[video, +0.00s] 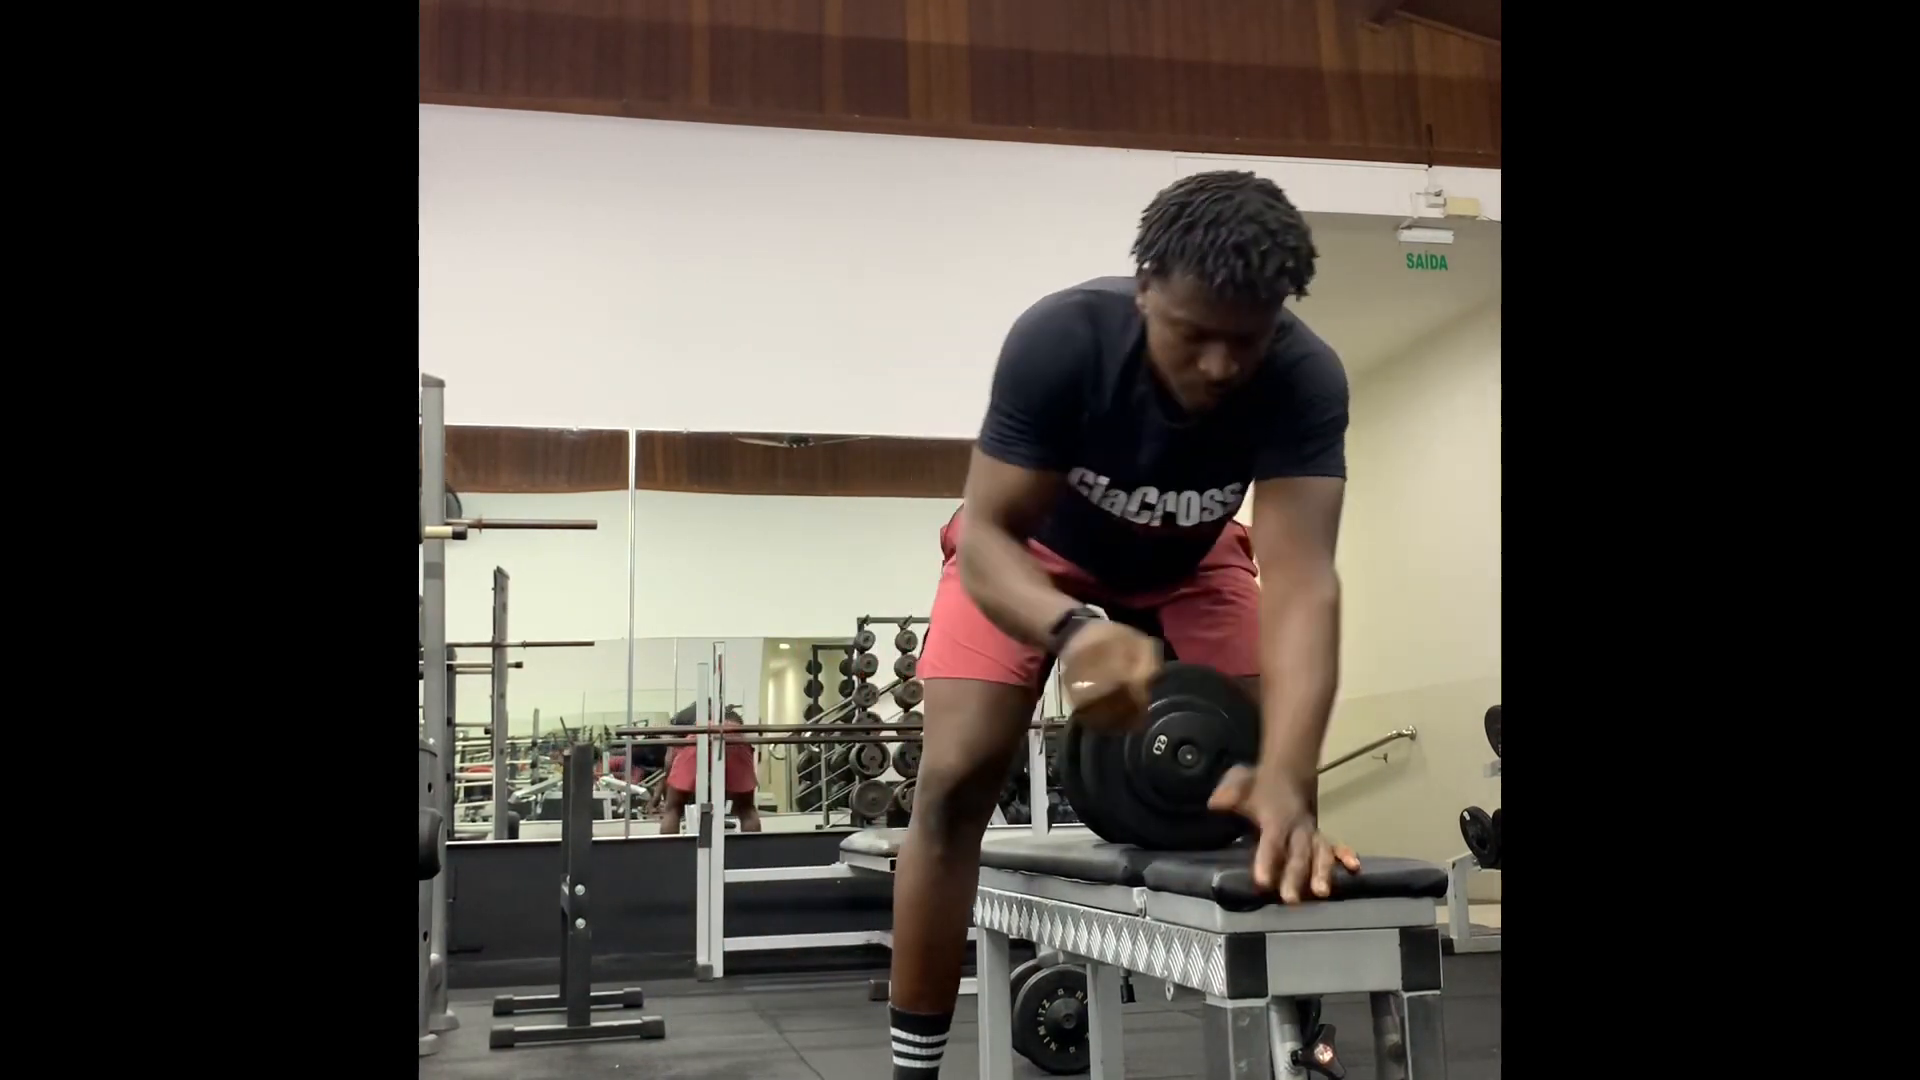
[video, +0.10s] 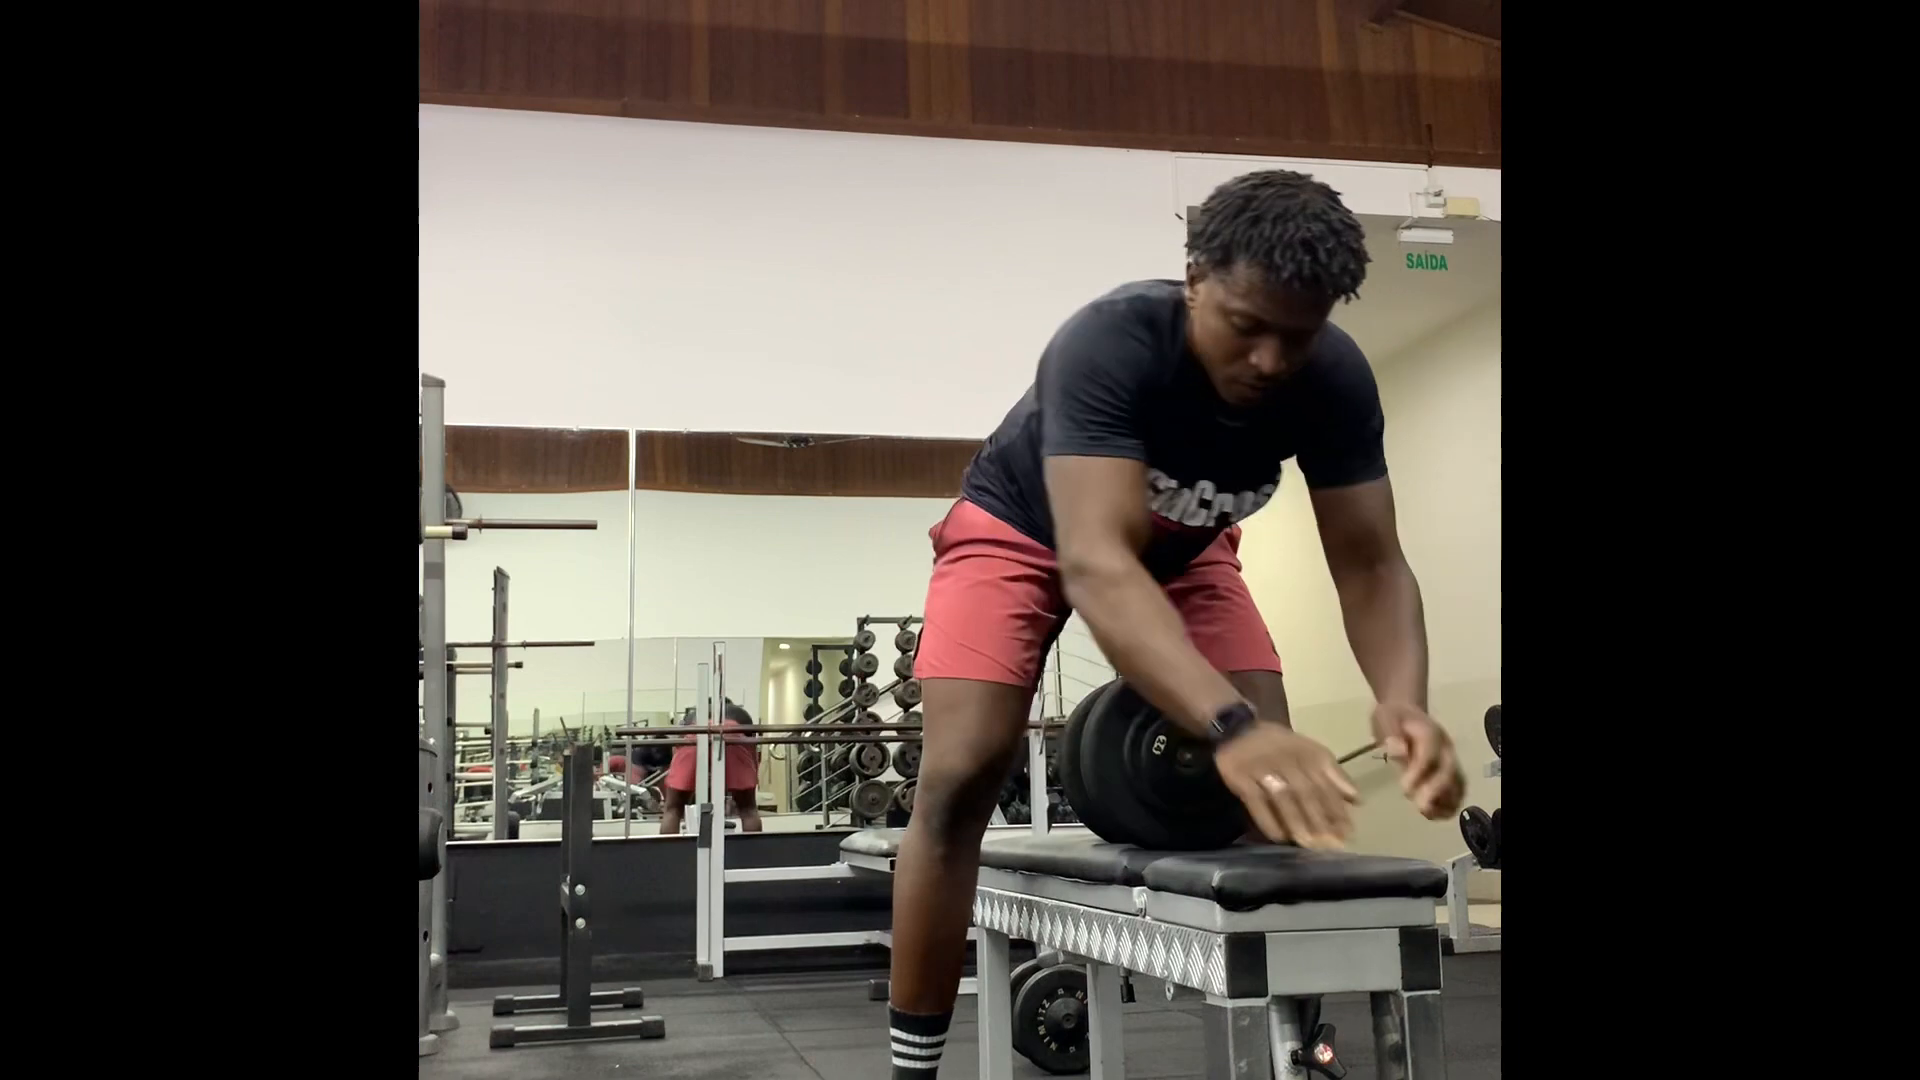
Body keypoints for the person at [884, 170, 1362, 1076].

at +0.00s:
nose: (1219, 365)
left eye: (1247, 340)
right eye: (1192, 336)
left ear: (1280, 310)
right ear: (1143, 289)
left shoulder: (1302, 379)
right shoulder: (1057, 344)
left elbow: (1304, 582)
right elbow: (984, 535)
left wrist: (1288, 769)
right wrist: (1064, 628)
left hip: (1194, 566)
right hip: (1035, 551)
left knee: (1280, 769)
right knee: (951, 782)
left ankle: (1302, 1045)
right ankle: (914, 1067)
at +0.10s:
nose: (1269, 361)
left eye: (1300, 337)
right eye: (1246, 327)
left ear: (1329, 315)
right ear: (1194, 281)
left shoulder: (1331, 377)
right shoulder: (1107, 345)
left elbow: (1370, 561)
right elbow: (1097, 566)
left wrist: (1402, 700)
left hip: (1186, 545)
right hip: (1023, 527)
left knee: (1267, 766)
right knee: (960, 774)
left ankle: (1297, 1045)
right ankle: (912, 1066)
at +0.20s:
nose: (1333, 412)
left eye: (1362, 389)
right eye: (1315, 376)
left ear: (1388, 374)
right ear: (1266, 321)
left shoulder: (1369, 414)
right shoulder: (1169, 370)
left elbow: (1357, 567)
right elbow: (1185, 606)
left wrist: (1355, 722)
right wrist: (1277, 813)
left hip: (1164, 542)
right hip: (1017, 512)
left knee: (1262, 774)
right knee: (968, 784)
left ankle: (1292, 1034)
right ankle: (912, 1067)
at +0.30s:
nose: (1401, 460)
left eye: (1431, 445)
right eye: (1390, 422)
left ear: (1459, 432)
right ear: (1356, 351)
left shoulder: (1426, 461)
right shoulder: (1248, 354)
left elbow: (1360, 619)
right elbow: (1223, 590)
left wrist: (1253, 734)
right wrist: (1278, 811)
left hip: (1203, 549)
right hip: (1056, 508)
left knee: (1295, 779)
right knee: (985, 785)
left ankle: (1298, 1044)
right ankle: (906, 1062)